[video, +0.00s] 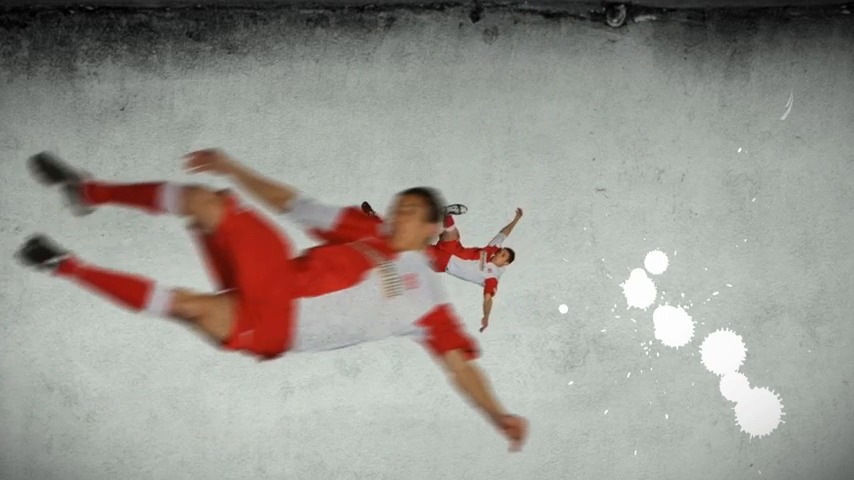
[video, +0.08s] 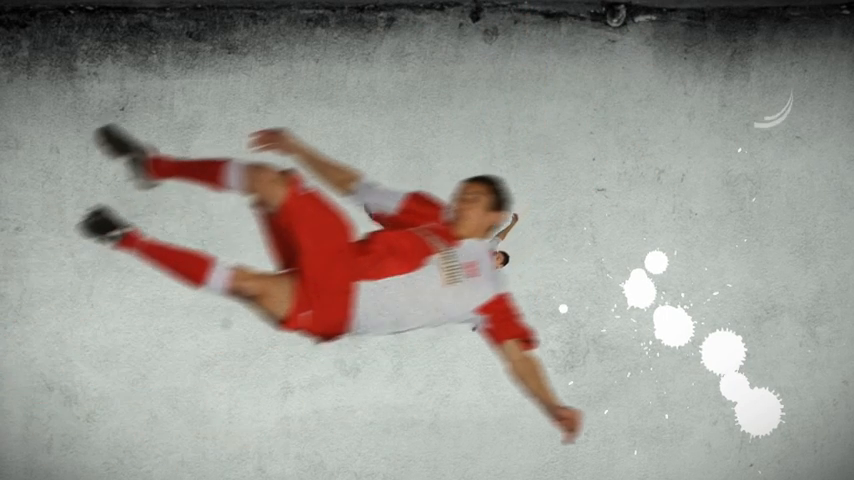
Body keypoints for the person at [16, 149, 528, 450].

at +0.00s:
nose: (393, 221)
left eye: (406, 217)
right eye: (394, 213)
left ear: (432, 231)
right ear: (393, 217)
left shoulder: (430, 303)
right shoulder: (364, 227)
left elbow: (463, 368)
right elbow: (293, 205)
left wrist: (500, 417)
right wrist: (229, 167)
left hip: (276, 328)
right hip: (271, 272)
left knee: (192, 304)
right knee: (206, 198)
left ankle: (65, 266)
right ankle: (87, 193)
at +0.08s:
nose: (457, 211)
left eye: (470, 206)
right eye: (458, 202)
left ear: (500, 222)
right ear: (456, 206)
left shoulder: (490, 296)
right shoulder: (429, 214)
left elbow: (522, 359)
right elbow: (357, 187)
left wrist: (554, 408)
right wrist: (296, 148)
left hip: (333, 311)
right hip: (334, 252)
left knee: (249, 281)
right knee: (267, 175)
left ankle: (126, 240)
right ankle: (153, 167)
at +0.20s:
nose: (555, 189)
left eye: (569, 188)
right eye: (557, 180)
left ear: (588, 205)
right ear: (552, 181)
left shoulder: (576, 270)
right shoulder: (522, 190)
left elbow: (605, 341)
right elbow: (451, 161)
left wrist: (635, 393)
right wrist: (396, 118)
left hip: (424, 283)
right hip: (426, 224)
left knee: (339, 249)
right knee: (363, 143)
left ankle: (218, 199)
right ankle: (249, 127)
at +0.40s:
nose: (691, 172)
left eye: (705, 171)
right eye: (692, 164)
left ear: (723, 193)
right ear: (686, 168)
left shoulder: (704, 262)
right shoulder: (655, 171)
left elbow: (724, 331)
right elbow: (589, 135)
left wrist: (750, 387)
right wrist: (539, 85)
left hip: (551, 250)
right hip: (562, 190)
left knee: (466, 209)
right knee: (507, 113)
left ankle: (355, 147)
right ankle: (395, 82)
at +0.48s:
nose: (732, 175)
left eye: (746, 174)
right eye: (735, 167)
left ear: (764, 194)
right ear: (729, 172)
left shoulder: (744, 264)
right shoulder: (698, 174)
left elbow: (759, 335)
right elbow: (636, 134)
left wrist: (782, 390)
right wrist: (586, 83)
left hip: (588, 247)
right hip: (606, 187)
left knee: (507, 201)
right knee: (553, 107)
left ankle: (400, 136)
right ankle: (444, 72)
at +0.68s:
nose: (842, 174)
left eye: (849, 175)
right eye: (846, 168)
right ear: (842, 172)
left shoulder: (842, 272)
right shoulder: (808, 177)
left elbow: (849, 363)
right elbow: (746, 127)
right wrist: (704, 73)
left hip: (687, 236)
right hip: (708, 186)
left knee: (614, 182)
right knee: (664, 94)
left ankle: (514, 108)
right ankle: (560, 44)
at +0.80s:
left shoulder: (850, 206)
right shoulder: (849, 182)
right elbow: (818, 127)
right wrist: (773, 65)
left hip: (747, 233)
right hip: (769, 194)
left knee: (678, 175)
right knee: (739, 91)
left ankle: (585, 91)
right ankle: (637, 33)